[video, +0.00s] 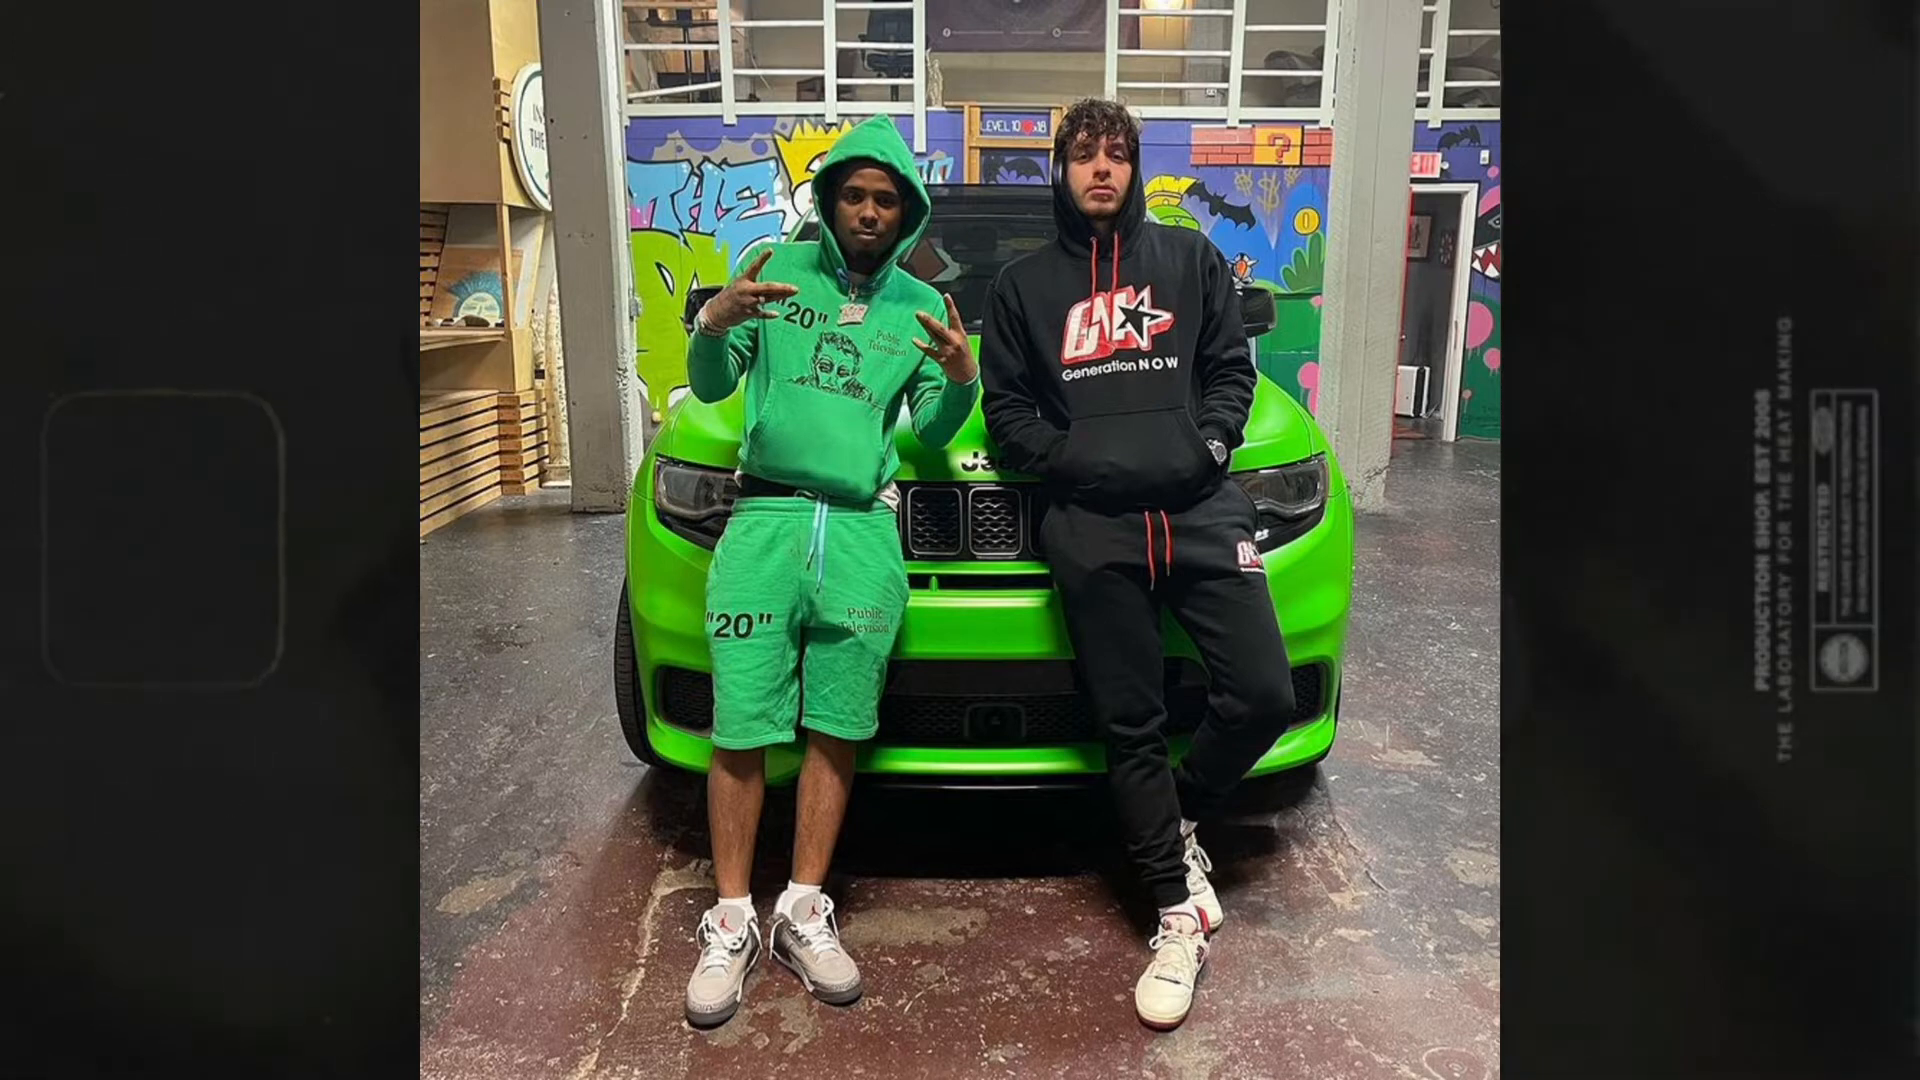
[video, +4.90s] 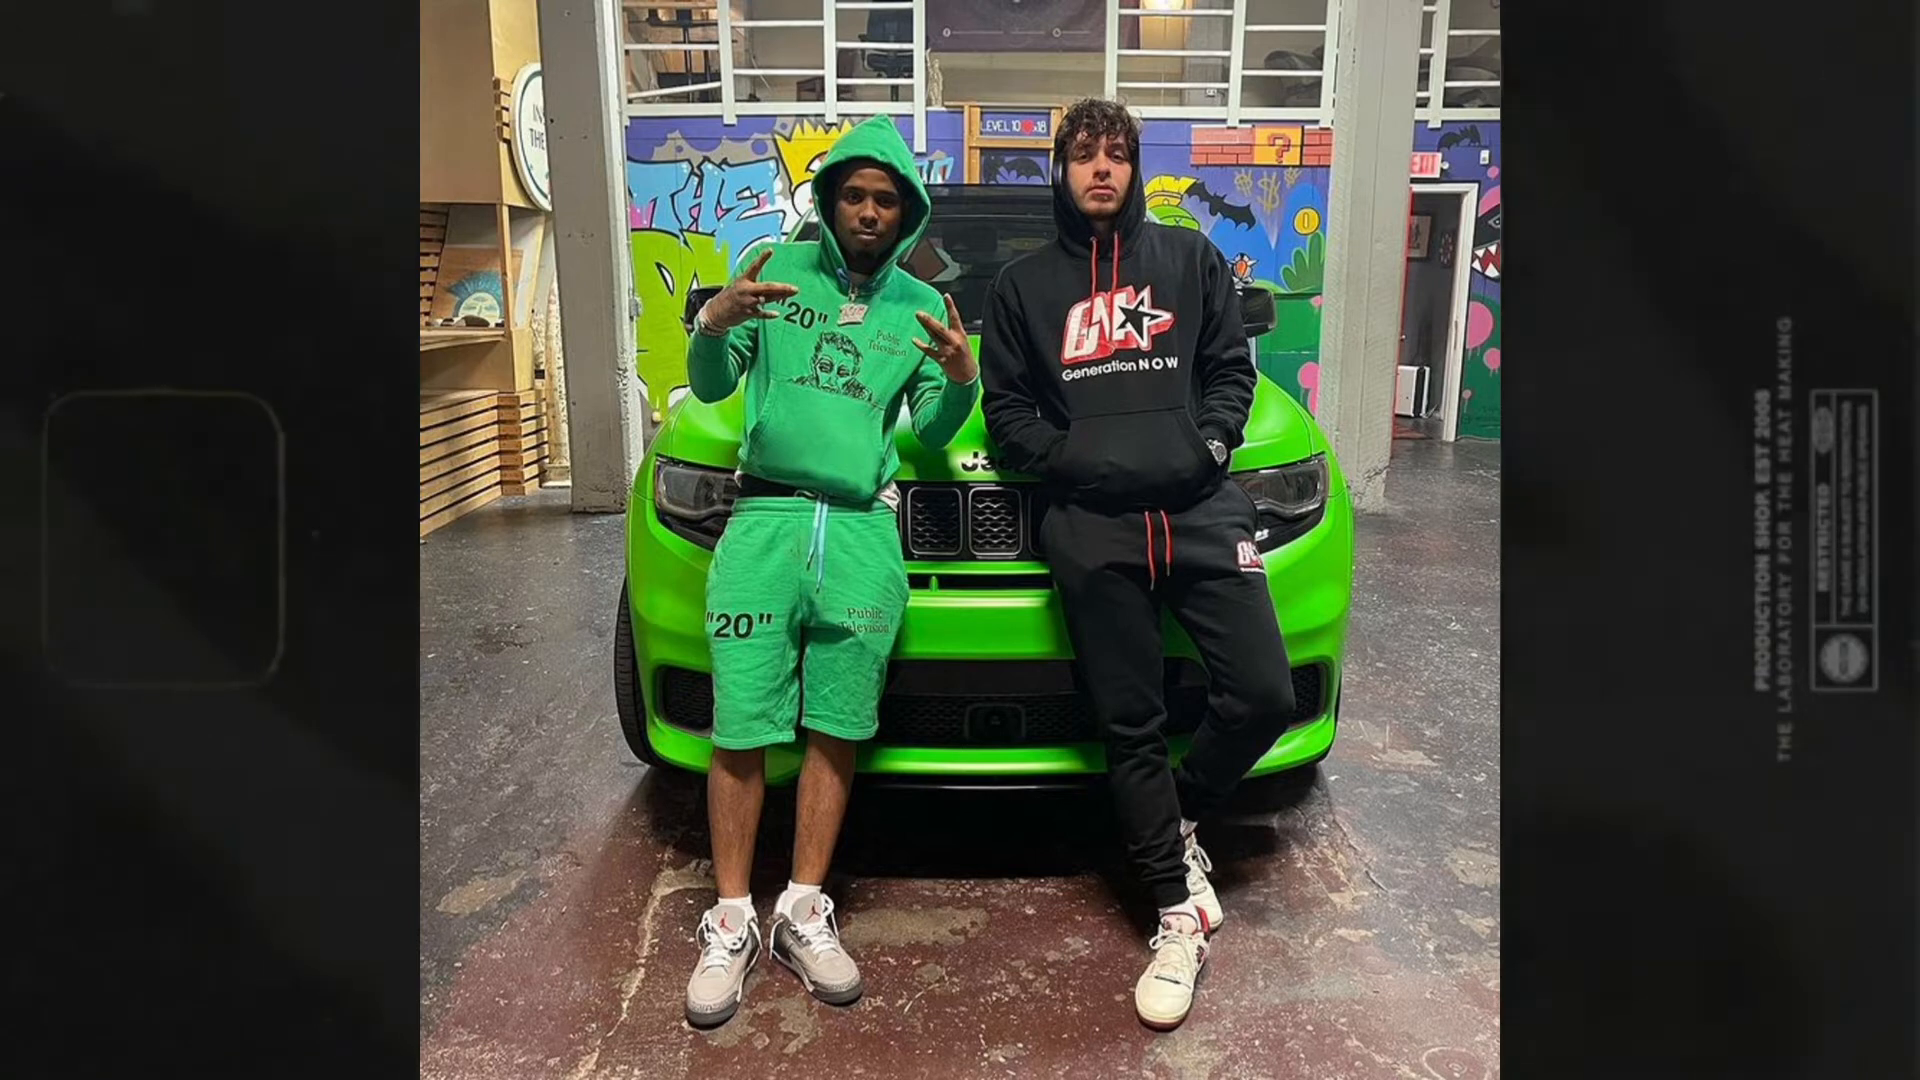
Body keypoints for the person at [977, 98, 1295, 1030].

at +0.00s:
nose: (1102, 171)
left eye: (1116, 158)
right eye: (1088, 158)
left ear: (1137, 171)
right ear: (1062, 171)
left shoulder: (1191, 256)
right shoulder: (1018, 280)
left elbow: (1232, 364)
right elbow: (1004, 403)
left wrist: (1209, 444)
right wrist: (1065, 458)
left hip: (1200, 503)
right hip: (1091, 514)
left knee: (1262, 693)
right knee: (1131, 718)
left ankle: (1179, 819)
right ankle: (1180, 916)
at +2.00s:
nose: (1102, 171)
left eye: (1116, 158)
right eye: (1088, 158)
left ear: (1137, 171)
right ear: (1062, 171)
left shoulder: (1191, 256)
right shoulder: (1018, 280)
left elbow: (1232, 364)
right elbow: (1004, 403)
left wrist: (1209, 444)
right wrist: (1065, 458)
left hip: (1200, 503)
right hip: (1091, 514)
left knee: (1262, 693)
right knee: (1131, 718)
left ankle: (1179, 819)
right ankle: (1179, 916)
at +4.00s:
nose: (1101, 171)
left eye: (1115, 158)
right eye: (1087, 159)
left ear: (1137, 170)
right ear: (1062, 171)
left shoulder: (1192, 257)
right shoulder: (1019, 281)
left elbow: (1232, 366)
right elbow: (1005, 404)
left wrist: (1208, 445)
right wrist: (1066, 457)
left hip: (1201, 503)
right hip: (1090, 514)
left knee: (1262, 693)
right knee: (1131, 718)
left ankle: (1179, 820)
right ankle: (1179, 917)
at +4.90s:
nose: (1102, 172)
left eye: (1115, 159)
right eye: (1087, 159)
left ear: (1137, 170)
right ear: (1062, 171)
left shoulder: (1192, 257)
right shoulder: (1019, 280)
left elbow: (1232, 365)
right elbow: (1005, 404)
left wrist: (1208, 444)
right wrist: (1065, 457)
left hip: (1200, 502)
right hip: (1090, 513)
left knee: (1262, 693)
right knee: (1131, 717)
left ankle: (1179, 821)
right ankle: (1180, 915)